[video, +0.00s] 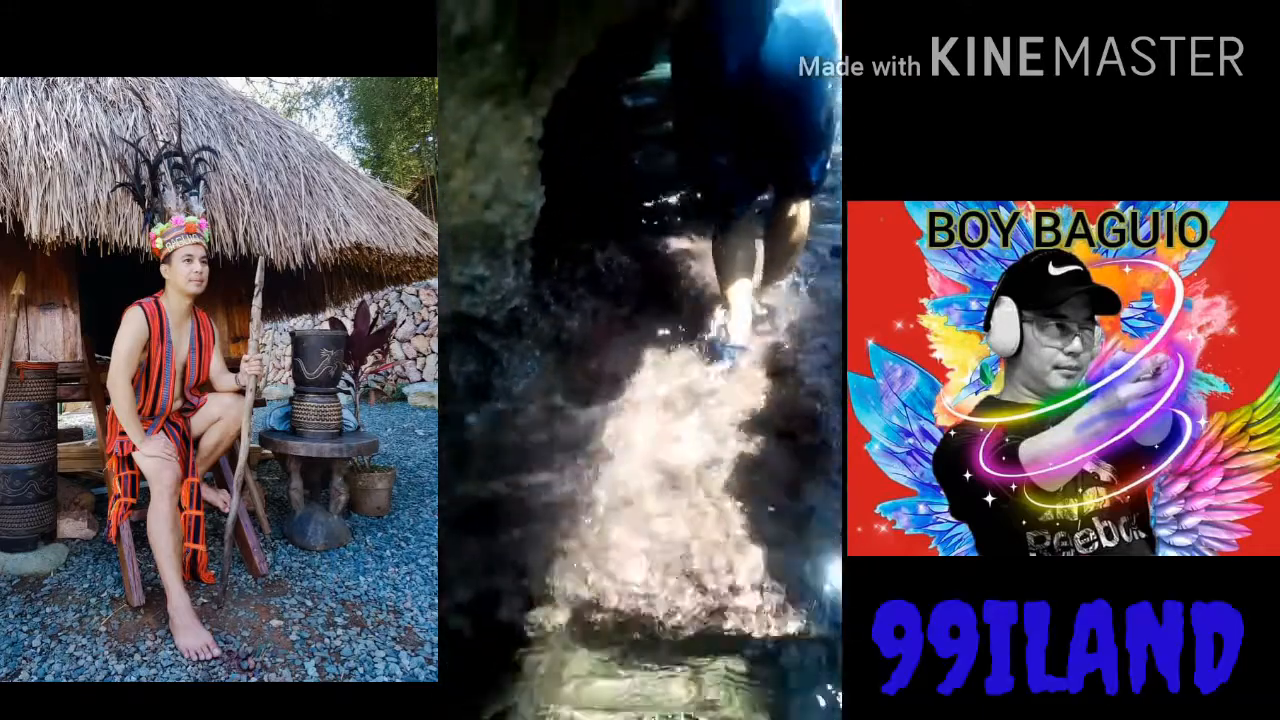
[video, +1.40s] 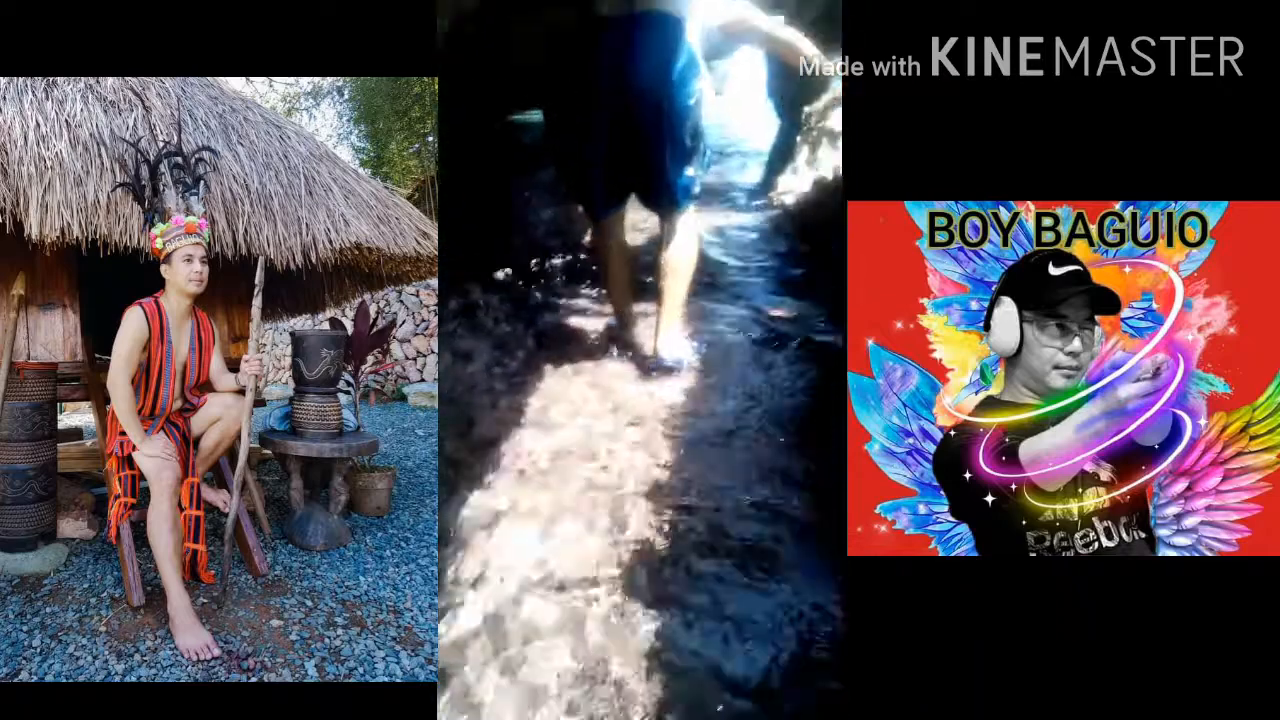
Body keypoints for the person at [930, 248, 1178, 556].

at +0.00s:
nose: (1076, 346)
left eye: (1086, 328)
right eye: (1055, 327)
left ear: (1097, 334)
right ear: (1007, 328)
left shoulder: (1114, 408)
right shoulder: (962, 446)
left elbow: (1155, 435)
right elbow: (1022, 472)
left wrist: (1149, 397)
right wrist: (1106, 412)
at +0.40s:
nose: (1076, 346)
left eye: (1086, 328)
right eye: (1055, 327)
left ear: (1097, 334)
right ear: (1007, 328)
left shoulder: (1114, 408)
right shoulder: (962, 446)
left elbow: (1156, 435)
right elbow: (1022, 472)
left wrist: (1149, 397)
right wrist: (1106, 412)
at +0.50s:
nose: (1076, 346)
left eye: (1086, 328)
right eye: (1055, 327)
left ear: (1097, 334)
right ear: (1007, 327)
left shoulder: (1113, 407)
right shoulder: (962, 445)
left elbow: (1155, 435)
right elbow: (1021, 471)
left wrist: (1148, 395)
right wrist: (1105, 413)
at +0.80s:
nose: (1076, 346)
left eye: (1086, 328)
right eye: (1055, 327)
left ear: (1097, 334)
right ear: (1007, 328)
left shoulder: (1113, 409)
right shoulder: (962, 445)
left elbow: (1155, 435)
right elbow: (1023, 472)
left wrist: (1149, 396)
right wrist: (1106, 412)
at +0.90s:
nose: (1076, 346)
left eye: (1086, 328)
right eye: (1055, 327)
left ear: (1097, 334)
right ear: (1007, 328)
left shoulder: (1114, 408)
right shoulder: (962, 446)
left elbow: (1155, 435)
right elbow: (1022, 472)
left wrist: (1149, 396)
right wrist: (1106, 412)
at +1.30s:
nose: (1076, 346)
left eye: (1086, 328)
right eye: (1055, 326)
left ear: (1096, 334)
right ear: (1007, 327)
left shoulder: (1114, 410)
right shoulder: (963, 445)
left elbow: (1155, 434)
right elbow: (1018, 474)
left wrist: (1150, 396)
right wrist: (1105, 413)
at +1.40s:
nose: (1076, 346)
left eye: (1086, 327)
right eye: (1055, 326)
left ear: (1097, 334)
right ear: (1007, 327)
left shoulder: (1113, 410)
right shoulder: (962, 446)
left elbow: (1155, 434)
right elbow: (1019, 473)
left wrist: (1150, 396)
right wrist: (1104, 414)